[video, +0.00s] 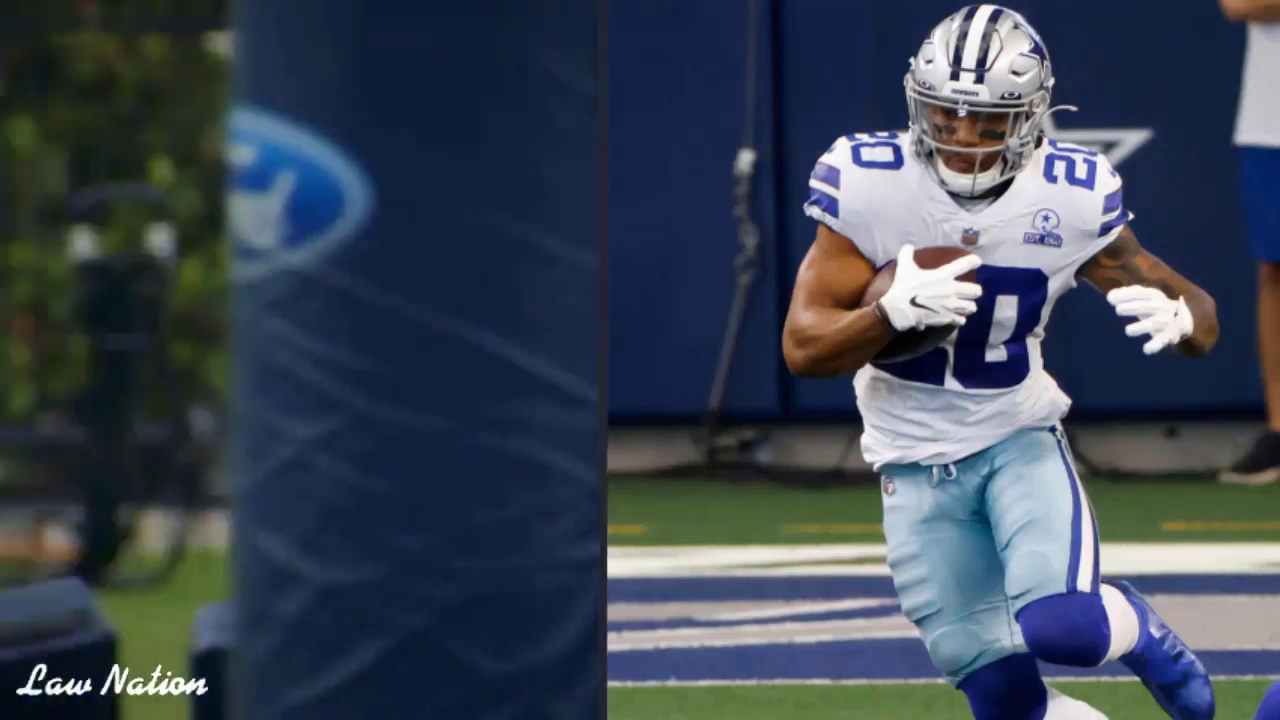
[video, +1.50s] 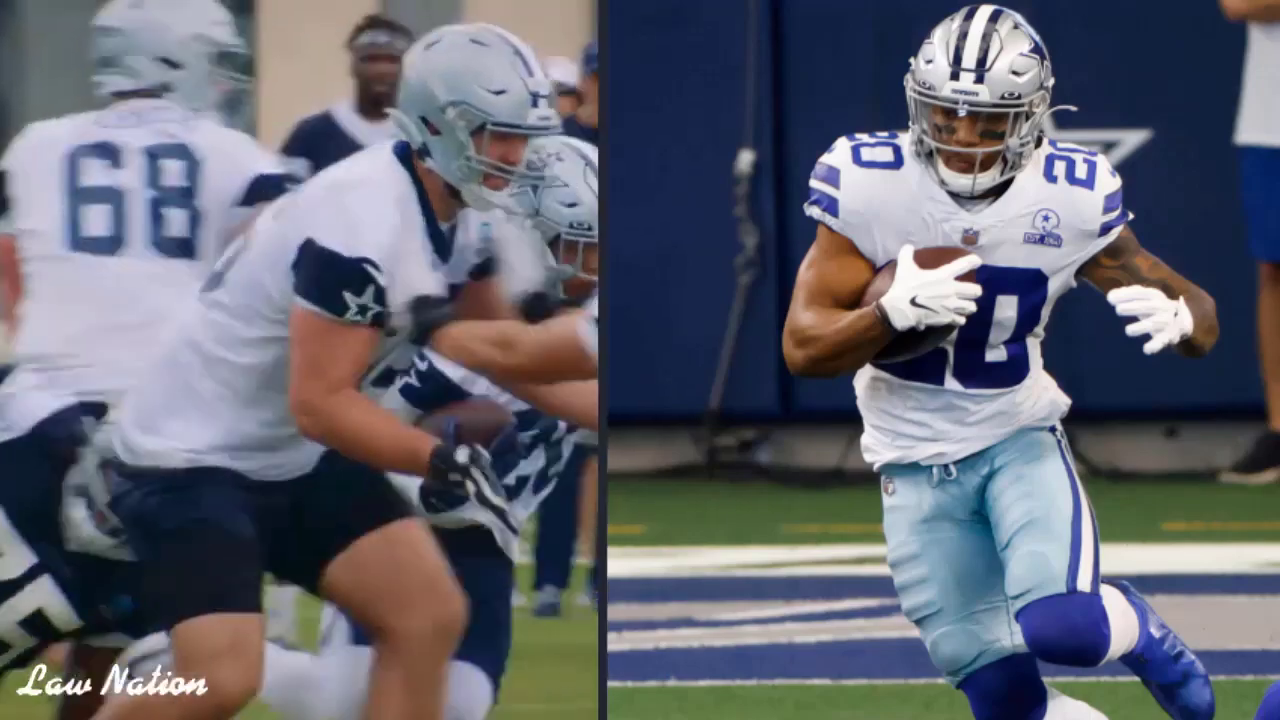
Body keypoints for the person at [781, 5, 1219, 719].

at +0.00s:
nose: (965, 137)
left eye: (988, 121)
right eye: (950, 117)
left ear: (1028, 119)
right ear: (922, 110)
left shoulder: (1070, 193)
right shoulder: (863, 179)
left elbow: (1197, 309)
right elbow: (801, 349)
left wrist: (1181, 319)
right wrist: (887, 313)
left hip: (1018, 438)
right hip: (911, 468)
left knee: (1054, 626)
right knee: (1001, 696)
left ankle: (1143, 634)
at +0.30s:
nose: (966, 138)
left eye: (988, 121)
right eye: (950, 117)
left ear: (1028, 119)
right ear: (922, 110)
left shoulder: (1071, 194)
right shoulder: (863, 179)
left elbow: (1197, 309)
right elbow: (801, 349)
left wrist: (1181, 319)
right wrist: (887, 313)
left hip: (1018, 437)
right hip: (911, 467)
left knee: (1054, 626)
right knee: (1001, 696)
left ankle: (1142, 633)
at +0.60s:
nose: (965, 137)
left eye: (988, 121)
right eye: (950, 116)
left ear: (1027, 119)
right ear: (923, 109)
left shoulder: (1071, 194)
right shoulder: (863, 179)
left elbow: (1197, 309)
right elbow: (801, 349)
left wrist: (1181, 319)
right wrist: (887, 313)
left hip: (1018, 436)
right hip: (911, 467)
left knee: (1054, 626)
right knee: (1001, 696)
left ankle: (1142, 633)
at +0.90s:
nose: (965, 137)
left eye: (988, 121)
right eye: (950, 116)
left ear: (1027, 119)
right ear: (923, 109)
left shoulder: (1071, 194)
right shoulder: (863, 179)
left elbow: (1197, 309)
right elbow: (801, 349)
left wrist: (1181, 319)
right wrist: (887, 313)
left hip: (1018, 436)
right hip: (911, 467)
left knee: (1054, 626)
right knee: (1001, 696)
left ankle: (1142, 633)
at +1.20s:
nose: (966, 137)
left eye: (988, 121)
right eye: (950, 117)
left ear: (1027, 118)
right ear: (922, 109)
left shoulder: (1071, 195)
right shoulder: (863, 180)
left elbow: (1197, 310)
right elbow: (801, 350)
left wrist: (1181, 319)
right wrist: (887, 313)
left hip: (1018, 436)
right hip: (911, 467)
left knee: (1053, 626)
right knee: (1001, 696)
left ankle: (1142, 633)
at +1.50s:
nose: (966, 137)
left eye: (988, 121)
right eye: (950, 116)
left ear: (1027, 118)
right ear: (922, 110)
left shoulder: (1071, 195)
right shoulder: (863, 180)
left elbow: (1197, 310)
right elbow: (801, 350)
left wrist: (1181, 319)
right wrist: (887, 313)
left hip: (1018, 437)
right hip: (911, 467)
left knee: (1054, 626)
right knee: (1001, 696)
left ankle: (1141, 631)